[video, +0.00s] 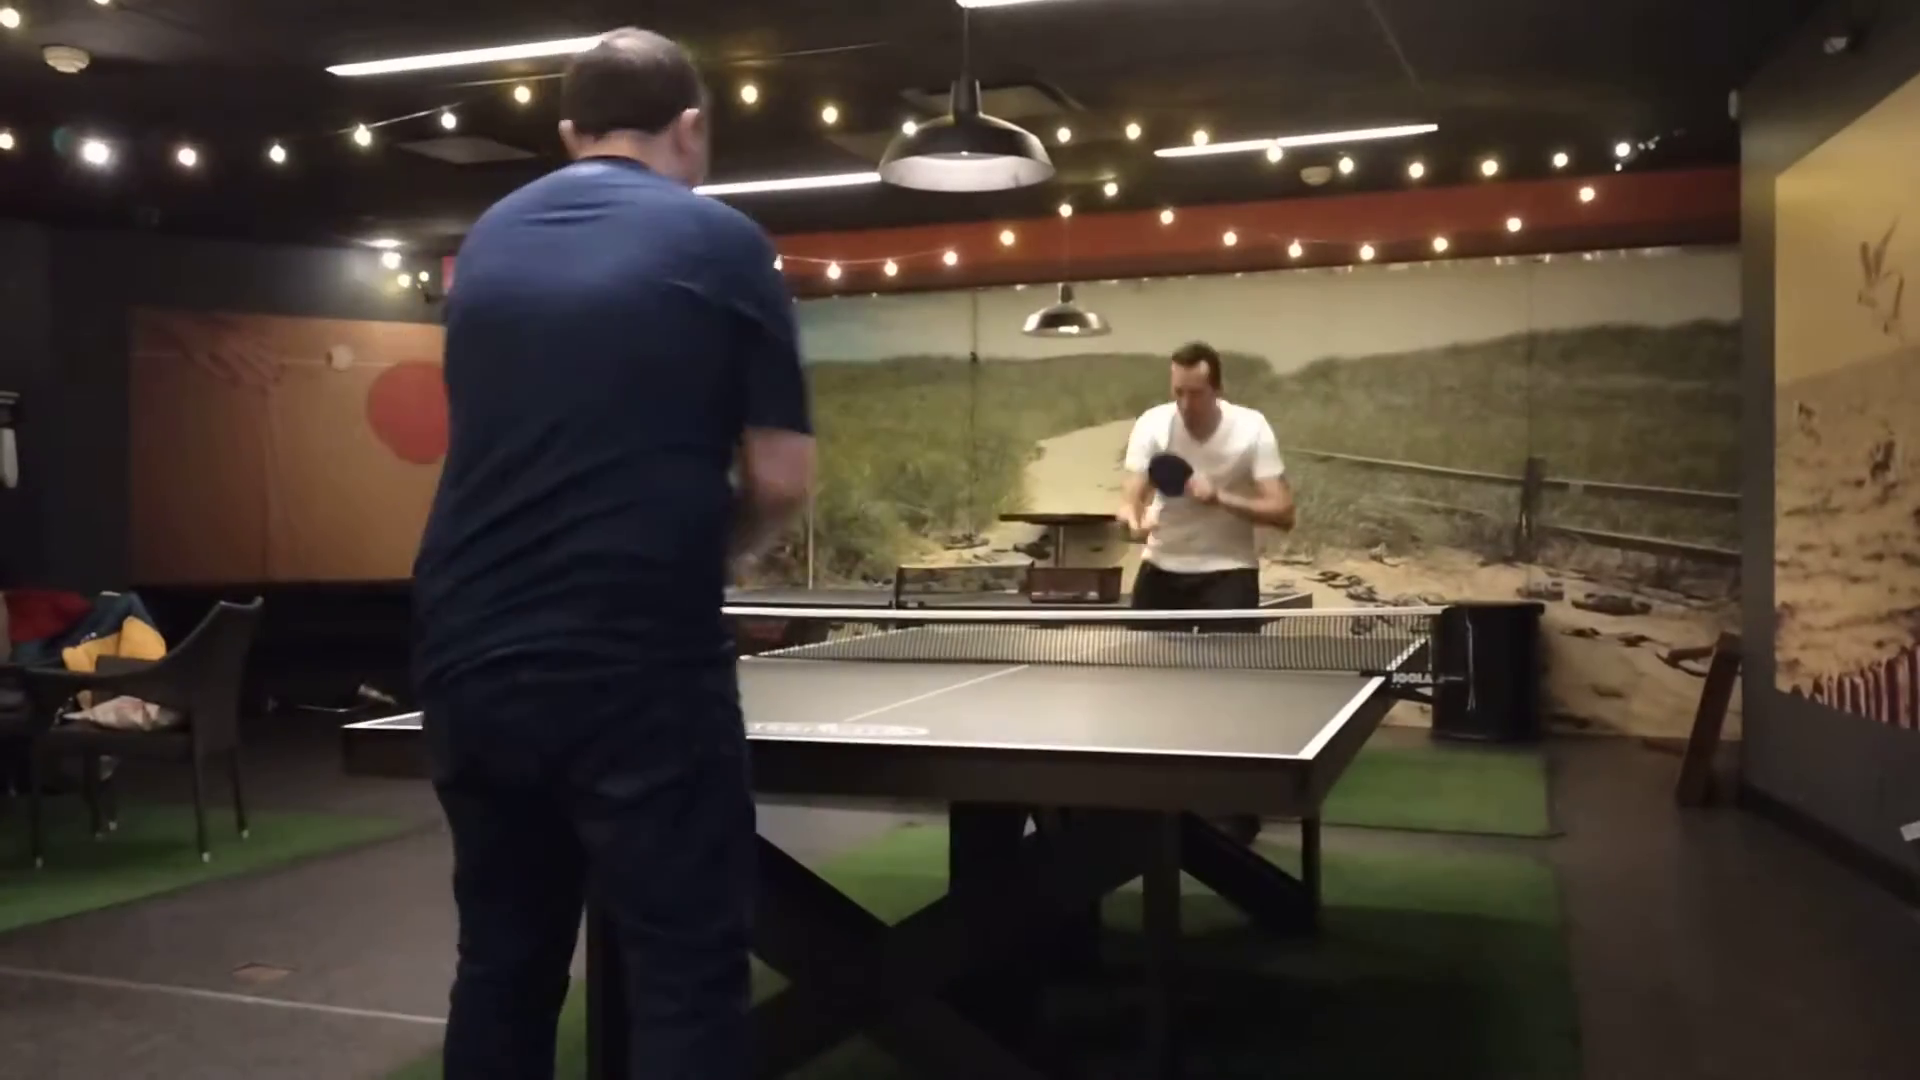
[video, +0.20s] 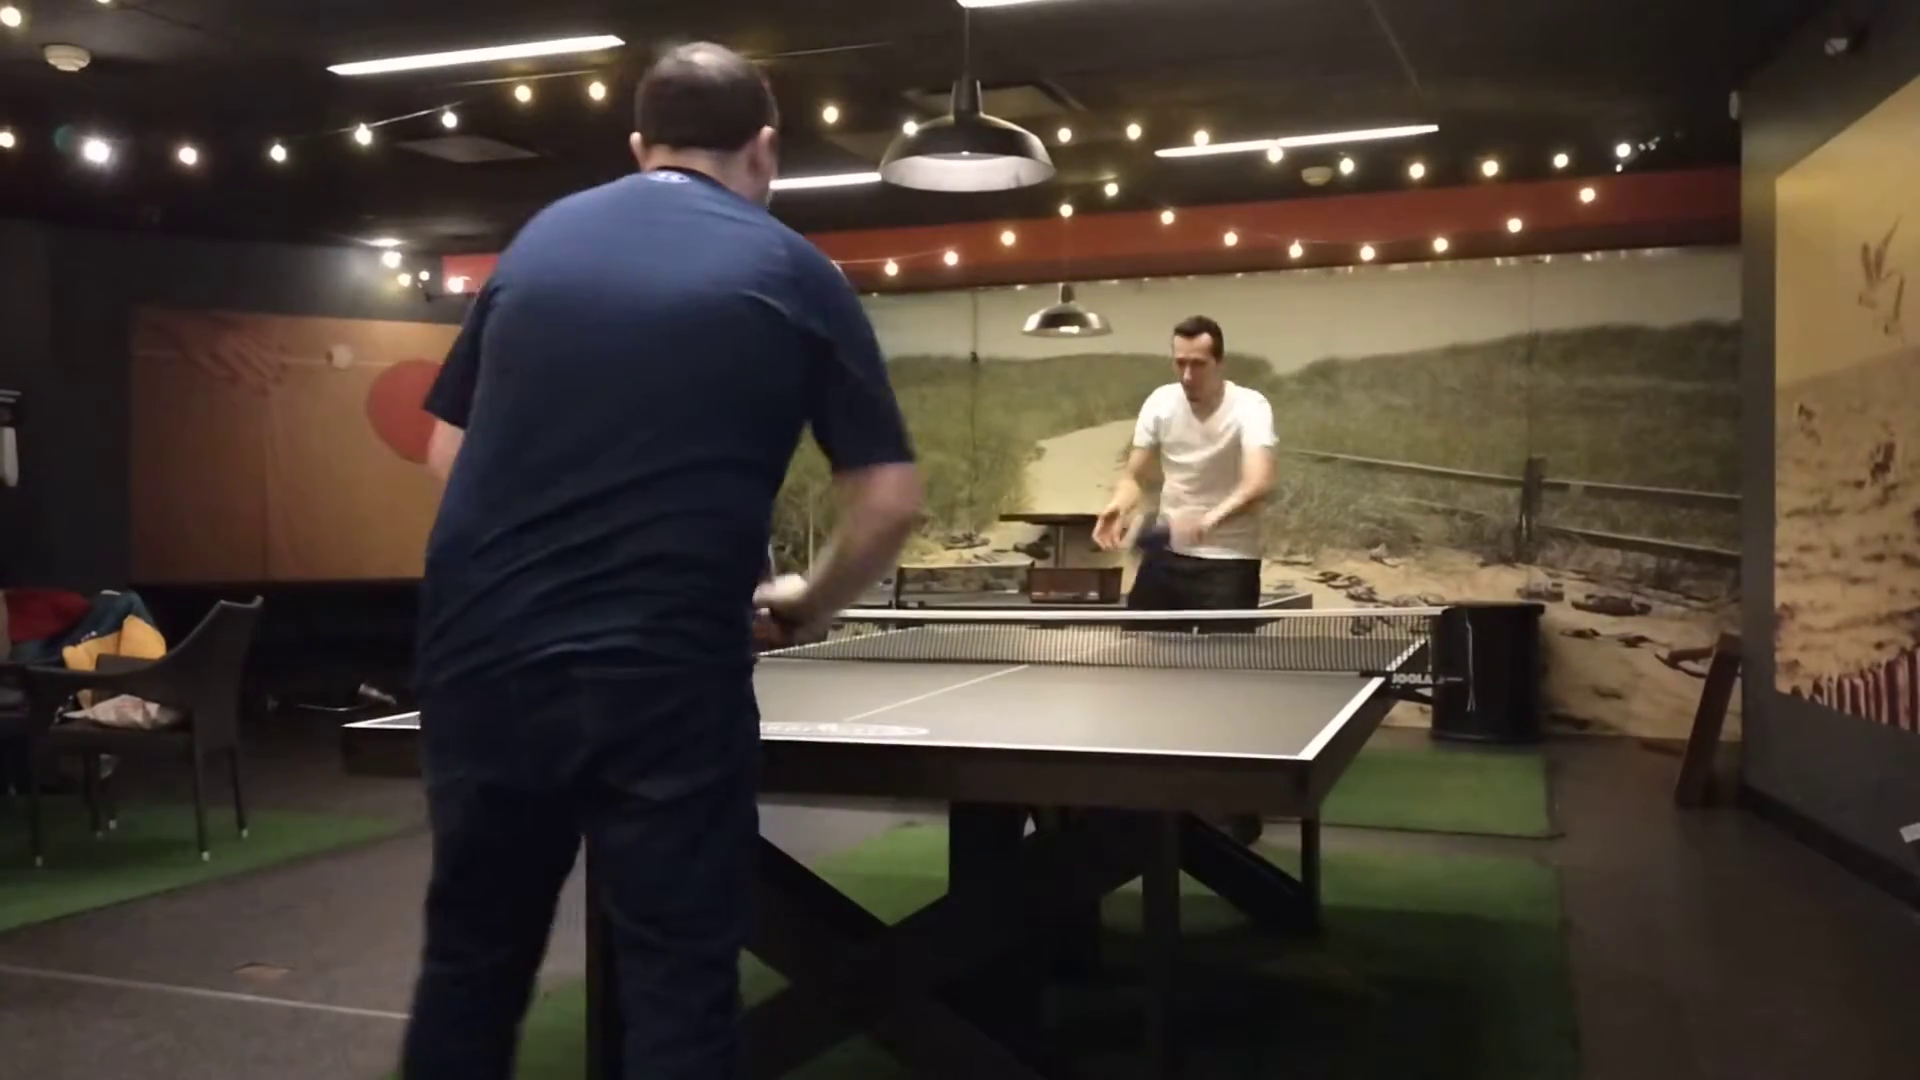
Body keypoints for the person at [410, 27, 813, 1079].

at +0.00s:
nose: (707, 155)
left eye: (704, 138)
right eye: (705, 137)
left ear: (570, 134)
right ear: (685, 130)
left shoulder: (488, 237)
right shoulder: (720, 237)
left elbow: (492, 429)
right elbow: (781, 475)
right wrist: (720, 535)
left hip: (477, 657)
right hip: (644, 661)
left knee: (503, 964)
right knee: (685, 975)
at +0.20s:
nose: (774, 169)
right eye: (776, 152)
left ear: (636, 150)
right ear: (761, 148)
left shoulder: (541, 238)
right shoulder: (792, 268)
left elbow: (451, 449)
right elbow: (889, 497)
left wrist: (534, 573)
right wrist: (810, 602)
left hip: (490, 672)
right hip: (672, 682)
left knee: (469, 973)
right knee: (679, 989)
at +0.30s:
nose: (778, 180)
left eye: (777, 165)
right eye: (780, 162)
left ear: (644, 144)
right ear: (766, 152)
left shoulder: (537, 238)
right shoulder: (792, 264)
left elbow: (442, 457)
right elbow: (909, 488)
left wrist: (431, 629)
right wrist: (824, 626)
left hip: (481, 669)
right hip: (667, 683)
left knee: (434, 966)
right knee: (678, 995)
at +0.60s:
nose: (677, 171)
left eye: (678, 158)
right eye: (678, 153)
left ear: (541, 141)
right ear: (662, 145)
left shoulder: (436, 243)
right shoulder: (690, 259)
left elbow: (346, 465)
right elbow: (793, 469)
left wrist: (334, 659)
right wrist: (751, 641)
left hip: (391, 691)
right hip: (586, 705)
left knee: (319, 998)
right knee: (633, 1012)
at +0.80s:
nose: (560, 168)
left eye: (557, 148)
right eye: (559, 148)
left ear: (416, 138)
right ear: (536, 138)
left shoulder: (308, 241)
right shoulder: (575, 253)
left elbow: (237, 471)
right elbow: (668, 477)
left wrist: (258, 619)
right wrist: (605, 621)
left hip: (291, 687)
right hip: (492, 693)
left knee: (267, 1006)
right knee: (597, 997)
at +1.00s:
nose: (475, 161)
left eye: (475, 145)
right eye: (476, 141)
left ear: (334, 127)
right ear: (452, 132)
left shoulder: (226, 238)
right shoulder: (493, 227)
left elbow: (143, 476)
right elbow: (670, 422)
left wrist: (144, 676)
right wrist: (621, 518)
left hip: (252, 691)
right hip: (458, 678)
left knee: (247, 1005)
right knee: (567, 981)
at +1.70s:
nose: (623, 157)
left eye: (623, 141)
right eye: (624, 139)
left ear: (491, 126)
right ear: (602, 131)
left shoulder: (361, 242)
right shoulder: (645, 252)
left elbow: (269, 447)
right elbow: (707, 461)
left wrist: (262, 646)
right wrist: (702, 624)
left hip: (367, 685)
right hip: (567, 693)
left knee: (315, 1001)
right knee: (588, 1012)